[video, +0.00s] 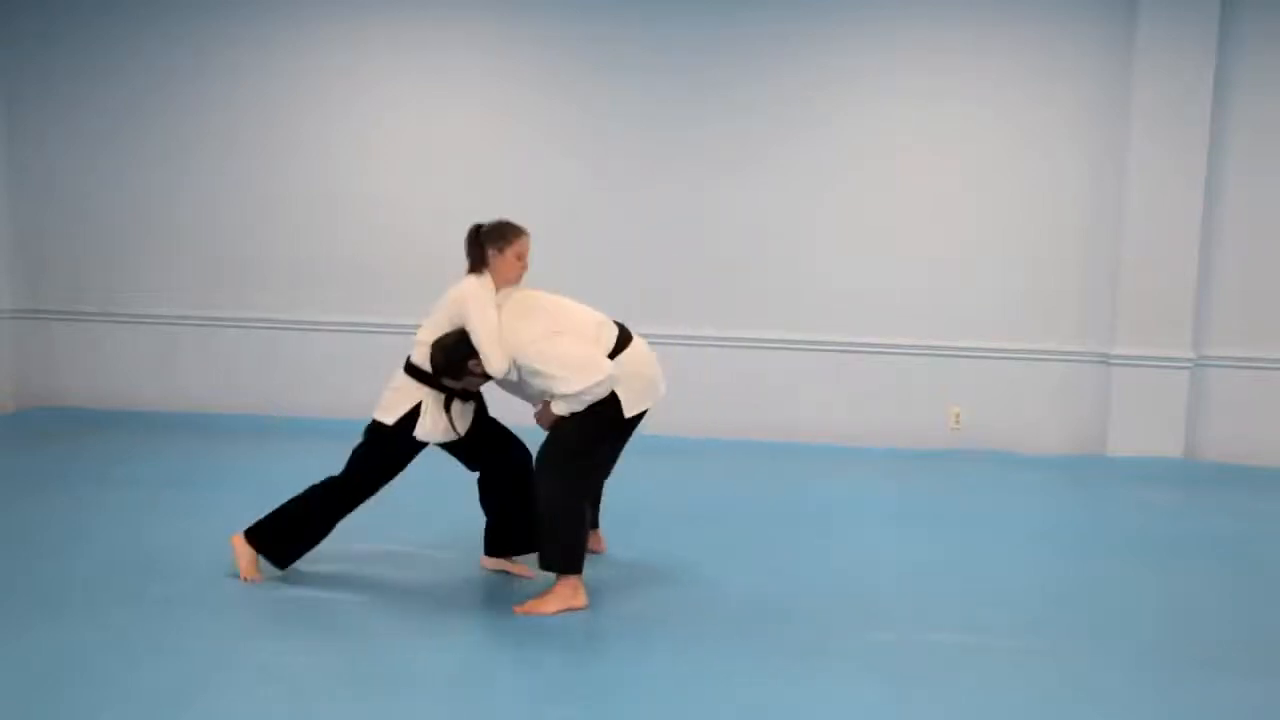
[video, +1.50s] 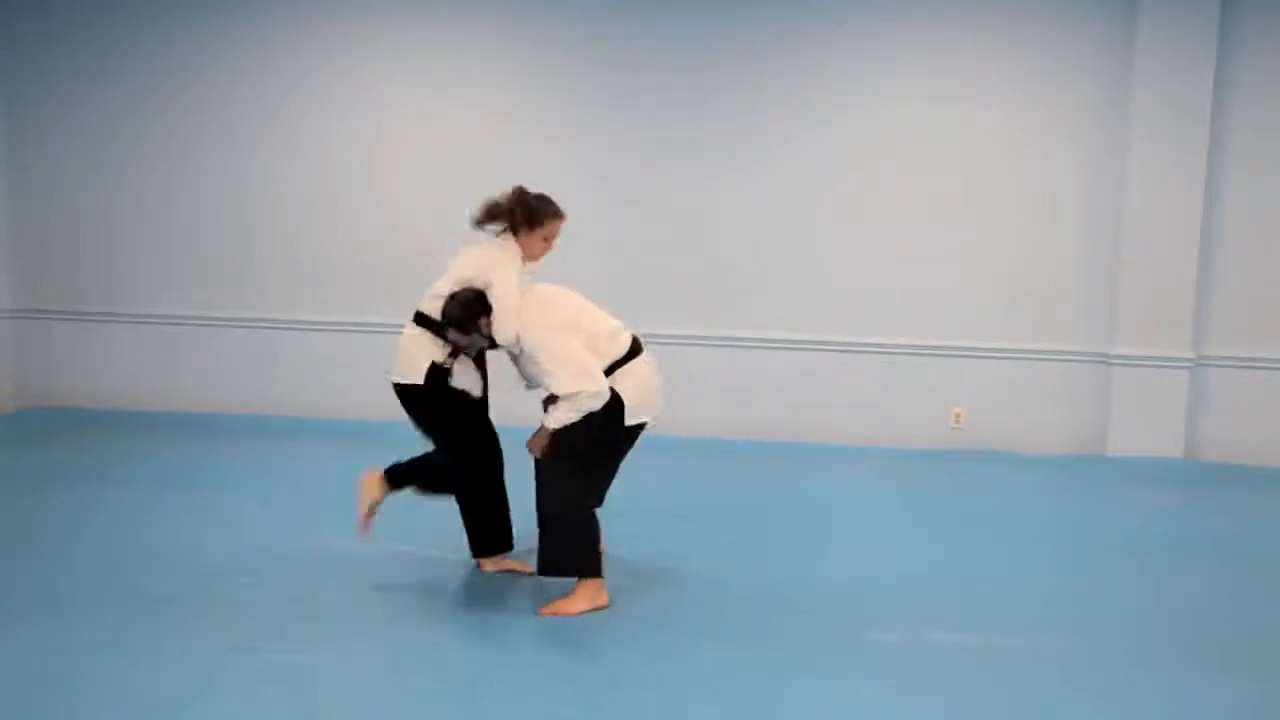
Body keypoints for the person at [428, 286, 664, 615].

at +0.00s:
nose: (470, 390)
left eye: (465, 384)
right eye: (462, 386)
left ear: (474, 364)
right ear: (474, 358)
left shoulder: (520, 343)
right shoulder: (499, 316)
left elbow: (596, 380)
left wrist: (556, 409)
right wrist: (551, 399)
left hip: (622, 378)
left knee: (555, 465)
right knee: (581, 457)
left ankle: (569, 585)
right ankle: (588, 531)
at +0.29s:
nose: (482, 329)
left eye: (477, 324)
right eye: (475, 325)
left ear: (489, 308)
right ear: (489, 301)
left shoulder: (536, 300)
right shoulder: (519, 296)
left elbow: (604, 356)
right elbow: (539, 355)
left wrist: (563, 389)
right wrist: (556, 376)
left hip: (628, 370)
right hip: (608, 367)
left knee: (575, 465)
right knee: (572, 461)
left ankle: (589, 582)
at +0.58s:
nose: (483, 372)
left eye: (481, 365)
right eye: (478, 366)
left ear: (499, 351)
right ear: (499, 344)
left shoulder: (549, 344)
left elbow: (618, 394)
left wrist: (572, 422)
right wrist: (565, 410)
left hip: (645, 394)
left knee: (576, 469)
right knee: (562, 448)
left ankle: (591, 586)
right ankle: (588, 541)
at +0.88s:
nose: (486, 418)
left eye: (483, 412)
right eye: (481, 414)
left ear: (495, 392)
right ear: (496, 386)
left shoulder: (542, 374)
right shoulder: (511, 351)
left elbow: (616, 396)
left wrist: (567, 425)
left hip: (643, 397)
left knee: (573, 466)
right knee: (559, 448)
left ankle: (590, 587)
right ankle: (584, 542)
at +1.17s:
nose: (479, 337)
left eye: (477, 330)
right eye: (472, 332)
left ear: (493, 312)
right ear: (492, 303)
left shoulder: (540, 311)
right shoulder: (528, 296)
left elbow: (603, 370)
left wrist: (564, 417)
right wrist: (571, 382)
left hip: (635, 375)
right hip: (612, 368)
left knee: (583, 464)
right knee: (567, 450)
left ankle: (594, 582)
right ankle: (573, 535)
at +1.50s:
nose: (467, 346)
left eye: (465, 339)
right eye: (461, 341)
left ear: (484, 323)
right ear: (486, 313)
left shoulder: (533, 327)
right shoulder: (521, 310)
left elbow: (591, 390)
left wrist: (548, 430)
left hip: (624, 390)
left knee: (565, 475)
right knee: (553, 464)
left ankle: (591, 586)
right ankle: (583, 542)